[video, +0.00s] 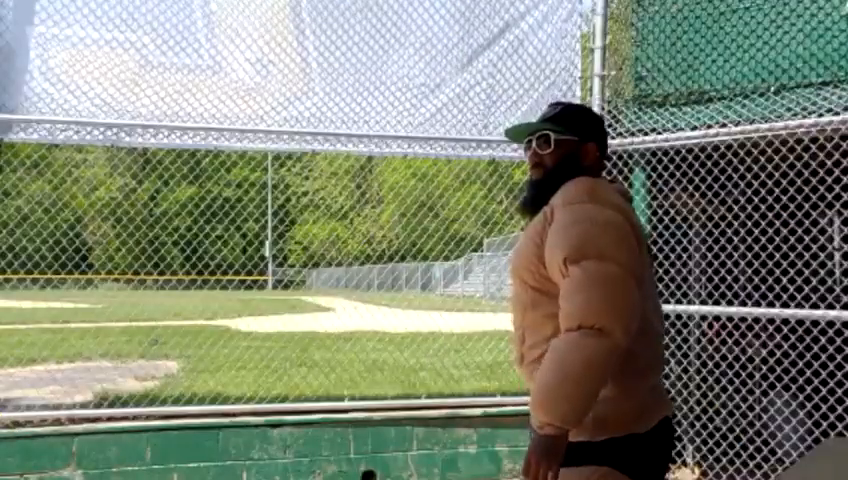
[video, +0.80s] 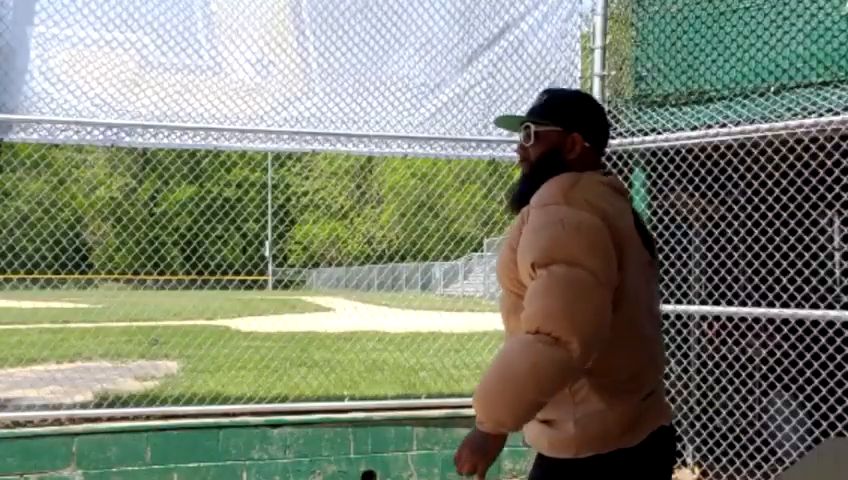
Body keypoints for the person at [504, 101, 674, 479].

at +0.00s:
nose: (532, 154)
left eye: (545, 141)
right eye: (530, 144)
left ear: (588, 152)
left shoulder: (584, 204)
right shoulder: (576, 203)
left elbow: (595, 324)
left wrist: (550, 425)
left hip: (606, 438)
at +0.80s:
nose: (520, 148)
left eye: (534, 135)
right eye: (523, 136)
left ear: (574, 145)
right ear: (575, 148)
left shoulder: (565, 205)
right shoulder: (601, 199)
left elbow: (559, 331)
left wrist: (491, 426)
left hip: (593, 450)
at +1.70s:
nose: (525, 136)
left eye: (534, 124)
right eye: (528, 124)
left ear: (568, 130)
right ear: (607, 136)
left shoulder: (553, 201)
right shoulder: (650, 199)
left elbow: (534, 347)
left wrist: (483, 457)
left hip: (588, 454)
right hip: (672, 438)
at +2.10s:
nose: (562, 135)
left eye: (571, 122)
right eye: (564, 122)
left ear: (605, 128)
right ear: (640, 133)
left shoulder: (586, 198)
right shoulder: (692, 199)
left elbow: (551, 342)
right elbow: (719, 324)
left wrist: (500, 445)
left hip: (612, 453)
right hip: (700, 440)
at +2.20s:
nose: (567, 135)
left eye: (576, 122)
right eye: (570, 122)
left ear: (610, 127)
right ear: (646, 133)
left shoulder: (591, 197)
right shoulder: (700, 201)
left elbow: (556, 343)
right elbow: (727, 329)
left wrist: (507, 446)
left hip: (615, 455)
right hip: (705, 444)